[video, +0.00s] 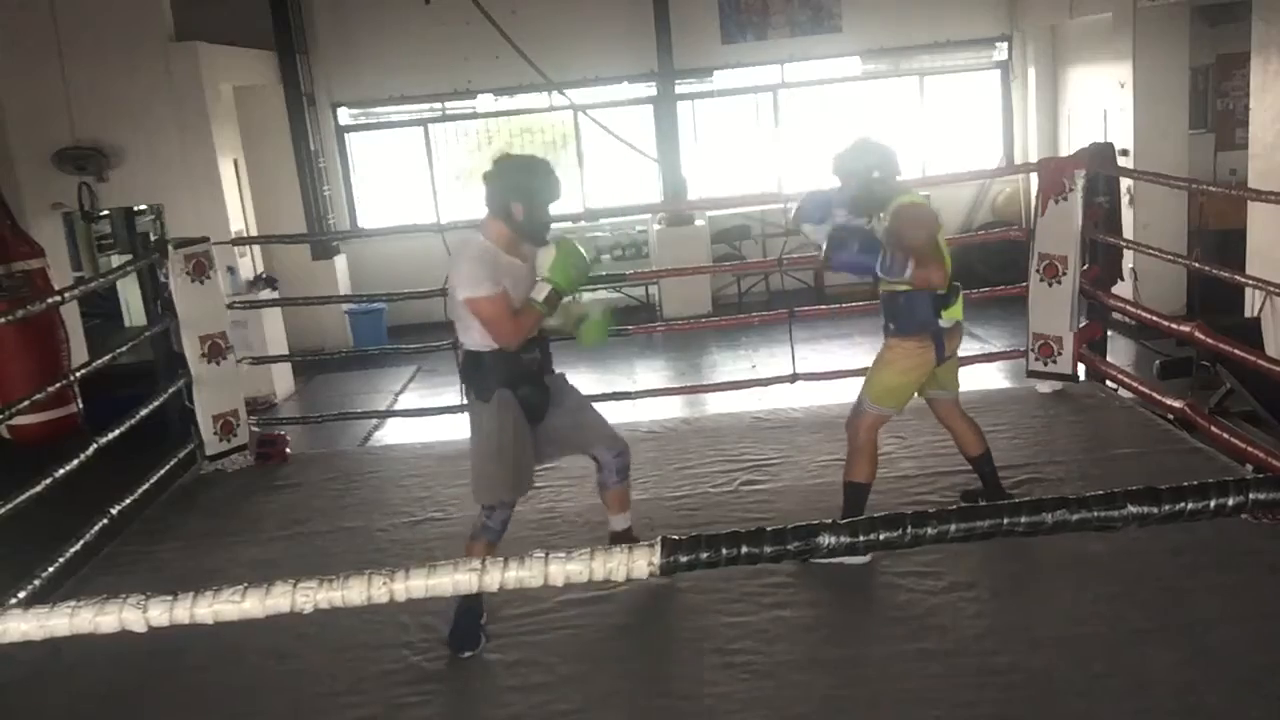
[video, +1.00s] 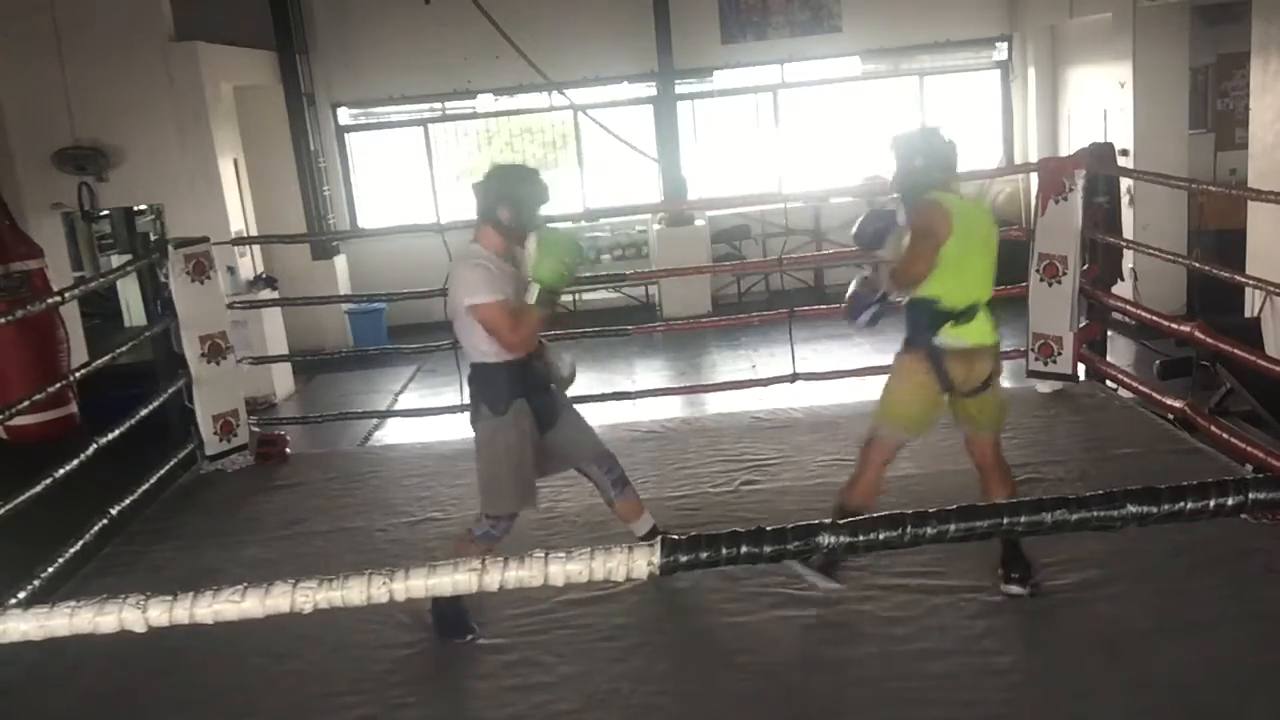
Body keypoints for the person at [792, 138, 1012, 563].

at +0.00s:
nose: (846, 189)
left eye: (850, 180)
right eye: (844, 181)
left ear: (871, 176)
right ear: (885, 172)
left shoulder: (907, 213)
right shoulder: (896, 210)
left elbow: (935, 275)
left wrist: (877, 262)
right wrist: (833, 212)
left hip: (913, 337)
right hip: (941, 331)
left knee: (861, 424)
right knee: (948, 409)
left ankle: (851, 529)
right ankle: (995, 491)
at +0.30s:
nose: (830, 197)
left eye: (832, 187)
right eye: (827, 189)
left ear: (853, 185)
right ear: (874, 179)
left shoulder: (882, 221)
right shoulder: (902, 214)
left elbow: (877, 280)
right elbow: (834, 238)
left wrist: (819, 273)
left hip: (897, 350)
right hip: (935, 343)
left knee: (825, 419)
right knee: (944, 414)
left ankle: (834, 517)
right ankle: (992, 490)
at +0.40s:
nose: (811, 207)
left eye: (813, 198)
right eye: (810, 199)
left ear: (828, 193)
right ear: (856, 184)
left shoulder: (851, 222)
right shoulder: (892, 216)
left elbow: (844, 262)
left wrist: (795, 261)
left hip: (880, 353)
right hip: (928, 341)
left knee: (811, 426)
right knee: (950, 418)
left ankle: (799, 523)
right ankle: (992, 490)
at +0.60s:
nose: (808, 194)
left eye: (811, 187)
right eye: (809, 186)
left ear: (821, 189)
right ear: (856, 182)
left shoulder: (824, 233)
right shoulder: (891, 228)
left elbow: (762, 267)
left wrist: (746, 246)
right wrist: (799, 233)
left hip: (848, 374)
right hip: (907, 367)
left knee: (789, 446)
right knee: (942, 436)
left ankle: (772, 555)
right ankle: (1000, 517)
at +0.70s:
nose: (828, 193)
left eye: (831, 186)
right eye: (830, 186)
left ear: (841, 188)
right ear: (878, 183)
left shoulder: (844, 234)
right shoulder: (909, 229)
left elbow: (806, 302)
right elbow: (903, 290)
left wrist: (796, 306)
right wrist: (826, 298)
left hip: (857, 374)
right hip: (916, 370)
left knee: (800, 454)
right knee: (950, 454)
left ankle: (773, 557)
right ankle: (1007, 545)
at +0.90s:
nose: (872, 194)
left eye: (877, 186)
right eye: (875, 186)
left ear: (892, 188)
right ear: (926, 185)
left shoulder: (899, 232)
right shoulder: (962, 236)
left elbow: (879, 298)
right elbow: (946, 293)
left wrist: (851, 315)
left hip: (897, 377)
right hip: (956, 375)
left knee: (842, 469)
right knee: (981, 465)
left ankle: (792, 553)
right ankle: (1013, 560)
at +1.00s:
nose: (896, 178)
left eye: (900, 167)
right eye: (897, 168)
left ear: (917, 169)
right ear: (949, 166)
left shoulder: (930, 210)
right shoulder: (982, 215)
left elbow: (912, 272)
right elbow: (965, 274)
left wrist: (884, 276)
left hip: (930, 355)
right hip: (981, 354)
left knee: (876, 454)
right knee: (989, 456)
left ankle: (831, 551)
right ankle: (1015, 561)